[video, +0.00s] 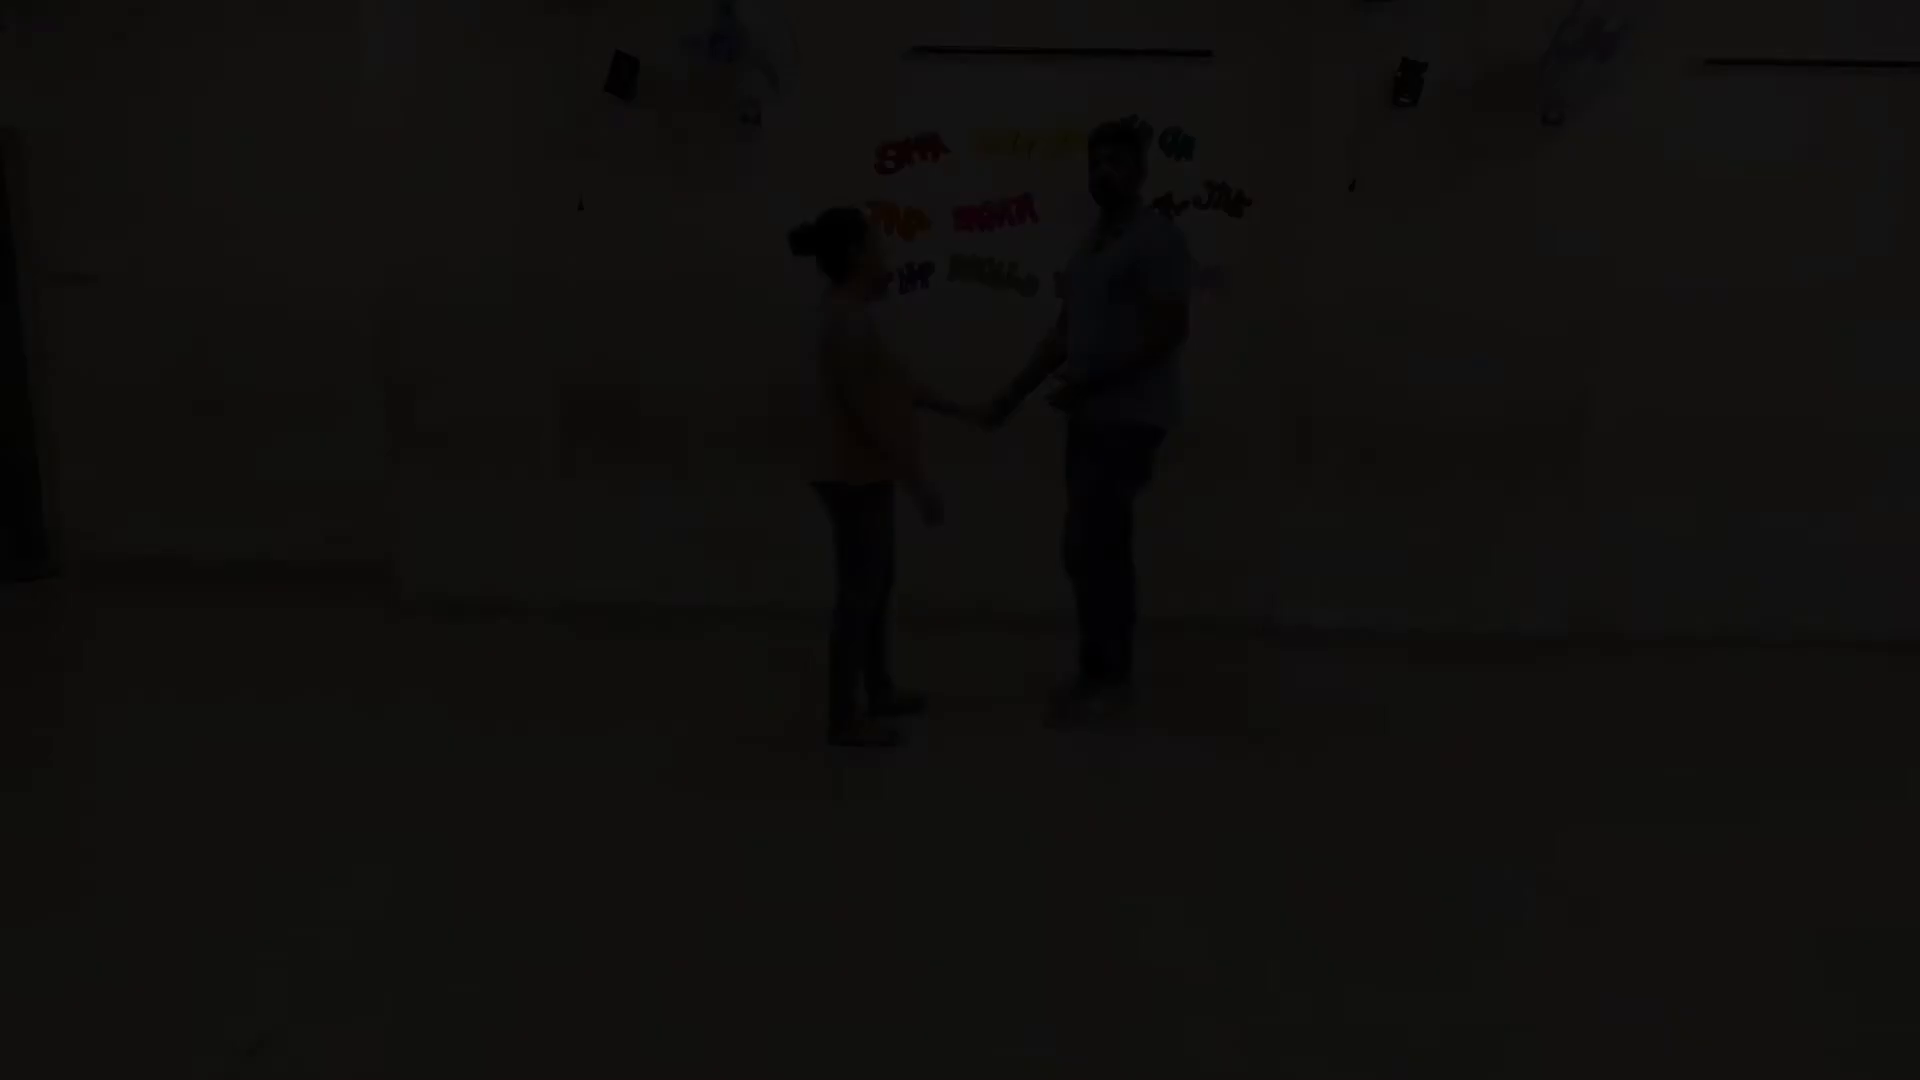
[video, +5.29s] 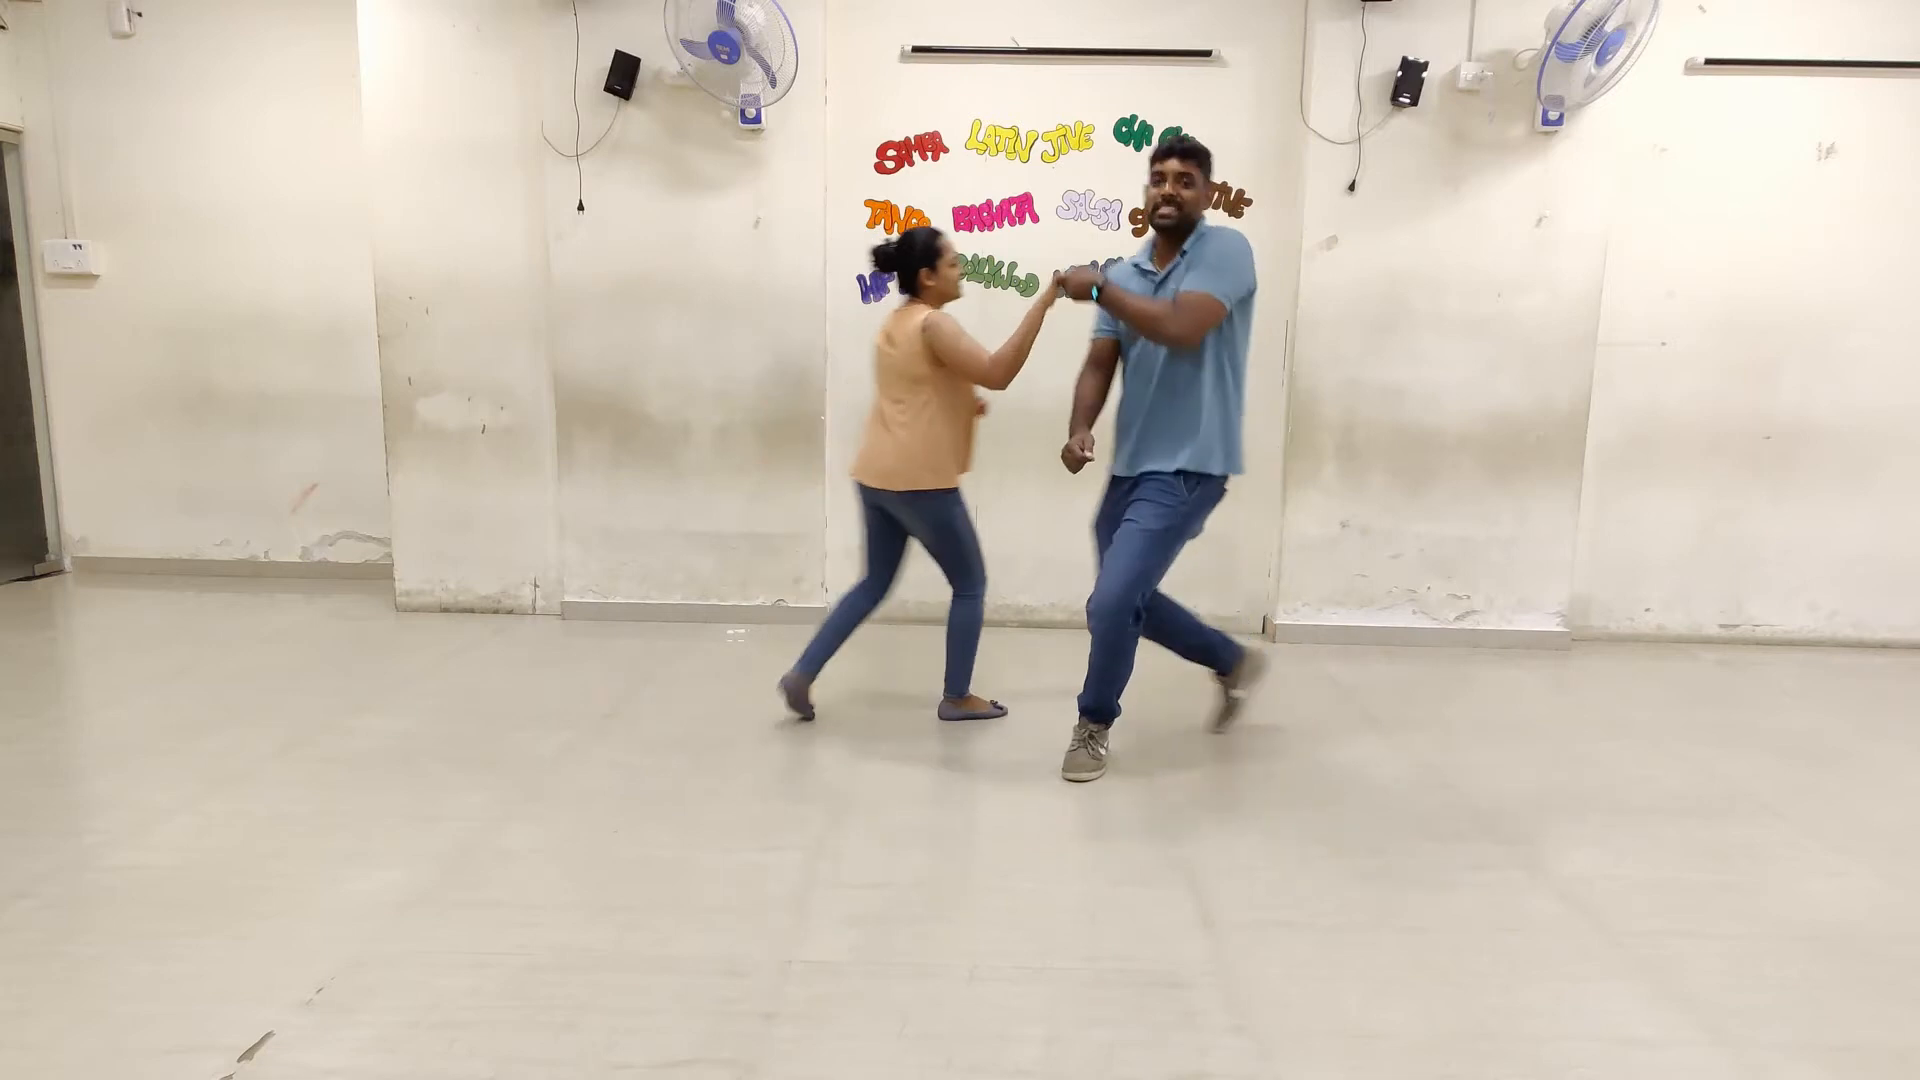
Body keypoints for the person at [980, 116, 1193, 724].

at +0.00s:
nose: (1105, 179)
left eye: (1116, 167)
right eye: (1100, 166)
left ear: (1135, 174)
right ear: (1097, 173)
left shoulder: (1155, 241)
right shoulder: (1094, 240)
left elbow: (1165, 333)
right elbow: (1063, 334)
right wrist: (1009, 398)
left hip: (1133, 415)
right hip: (1093, 412)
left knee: (1101, 544)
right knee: (1094, 544)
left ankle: (1106, 676)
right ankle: (1099, 672)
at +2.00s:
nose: (1129, 156)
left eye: (1145, 148)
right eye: (1123, 147)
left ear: (1174, 165)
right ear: (1115, 162)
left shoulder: (1177, 235)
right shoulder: (1122, 239)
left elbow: (1141, 334)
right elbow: (1087, 326)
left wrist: (1054, 392)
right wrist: (1015, 368)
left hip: (1151, 427)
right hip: (1116, 423)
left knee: (1103, 559)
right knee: (1128, 556)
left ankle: (1106, 709)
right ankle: (1152, 687)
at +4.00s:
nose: (1040, 156)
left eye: (1053, 146)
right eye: (1043, 146)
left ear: (1090, 156)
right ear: (1087, 158)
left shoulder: (1103, 223)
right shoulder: (1098, 219)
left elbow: (1128, 325)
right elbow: (1113, 326)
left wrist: (1036, 353)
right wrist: (1035, 351)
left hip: (1104, 428)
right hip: (1105, 423)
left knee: (1055, 562)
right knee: (1068, 556)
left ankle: (1085, 711)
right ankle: (1107, 683)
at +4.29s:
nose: (1056, 159)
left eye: (1068, 148)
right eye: (1059, 148)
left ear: (1104, 159)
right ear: (1098, 161)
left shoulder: (1124, 227)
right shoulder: (1106, 227)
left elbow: (1136, 328)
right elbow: (1105, 330)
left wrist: (1039, 351)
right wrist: (1034, 348)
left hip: (1133, 431)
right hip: (1123, 428)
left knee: (1071, 564)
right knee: (1088, 553)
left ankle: (1082, 710)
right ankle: (1131, 677)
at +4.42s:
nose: (1100, 175)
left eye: (1114, 167)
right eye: (1104, 165)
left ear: (1153, 180)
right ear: (1131, 178)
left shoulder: (1170, 251)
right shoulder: (1127, 254)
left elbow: (1161, 352)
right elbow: (1083, 341)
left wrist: (1064, 377)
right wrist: (1002, 363)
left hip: (1158, 450)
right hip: (1135, 446)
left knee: (1075, 569)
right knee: (1116, 573)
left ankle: (1082, 713)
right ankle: (1222, 673)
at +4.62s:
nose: (1162, 188)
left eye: (1176, 179)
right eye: (1166, 176)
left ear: (1215, 191)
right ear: (1202, 192)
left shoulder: (1224, 257)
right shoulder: (1205, 254)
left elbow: (1165, 354)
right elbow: (1156, 356)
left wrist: (1064, 349)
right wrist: (1081, 398)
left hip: (1215, 450)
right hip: (1216, 448)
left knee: (1125, 567)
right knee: (1185, 580)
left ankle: (1092, 714)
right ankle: (1257, 707)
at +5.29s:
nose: (1169, 190)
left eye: (1185, 181)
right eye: (1160, 179)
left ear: (1207, 194)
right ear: (1146, 190)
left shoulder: (1225, 249)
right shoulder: (1121, 273)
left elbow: (1184, 327)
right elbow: (1099, 363)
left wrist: (1100, 287)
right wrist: (1080, 426)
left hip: (1190, 463)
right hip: (1131, 462)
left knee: (1112, 602)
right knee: (1120, 601)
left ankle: (1093, 724)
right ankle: (1233, 661)